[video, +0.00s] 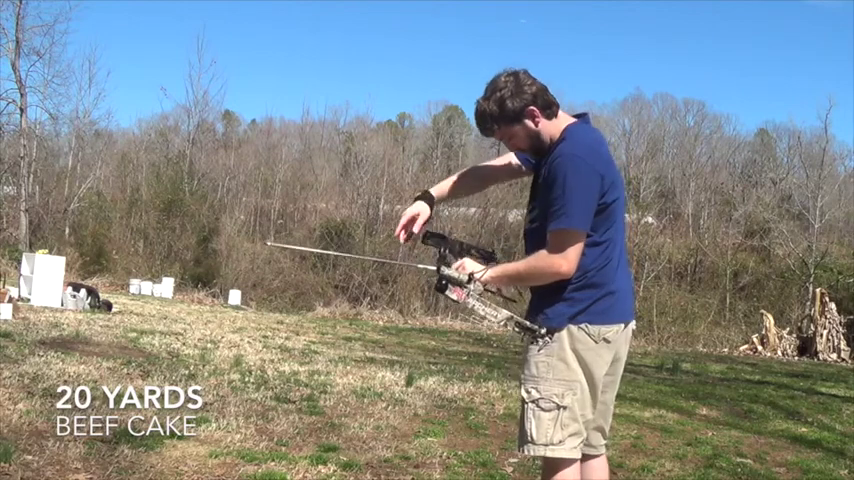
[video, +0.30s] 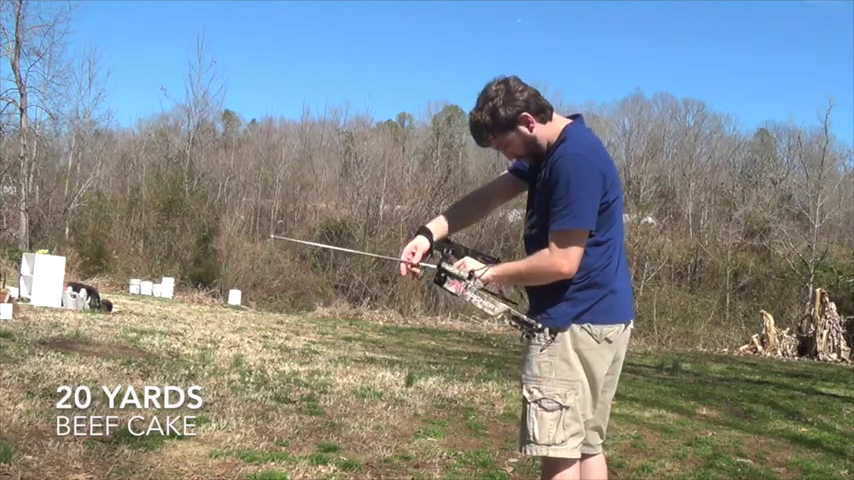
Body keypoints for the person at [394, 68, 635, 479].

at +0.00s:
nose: (509, 147)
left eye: (507, 138)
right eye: (502, 141)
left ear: (532, 115)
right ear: (535, 113)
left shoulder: (572, 155)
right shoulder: (574, 141)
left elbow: (561, 262)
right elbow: (491, 171)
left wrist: (486, 275)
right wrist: (428, 198)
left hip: (574, 321)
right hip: (601, 319)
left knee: (559, 452)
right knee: (591, 447)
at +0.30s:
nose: (508, 158)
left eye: (507, 149)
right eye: (502, 152)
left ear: (527, 122)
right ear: (528, 119)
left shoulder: (573, 157)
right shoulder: (557, 148)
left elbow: (564, 261)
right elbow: (489, 196)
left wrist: (490, 273)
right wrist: (429, 234)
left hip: (574, 322)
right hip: (594, 319)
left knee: (559, 451)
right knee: (588, 446)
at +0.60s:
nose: (507, 163)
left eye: (505, 155)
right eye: (500, 158)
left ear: (524, 128)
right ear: (525, 124)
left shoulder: (573, 159)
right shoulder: (556, 149)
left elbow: (563, 261)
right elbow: (492, 200)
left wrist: (490, 274)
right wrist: (433, 231)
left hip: (574, 321)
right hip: (593, 318)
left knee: (559, 449)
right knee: (587, 445)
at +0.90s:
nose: (505, 163)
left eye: (502, 155)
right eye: (499, 159)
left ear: (520, 129)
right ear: (521, 125)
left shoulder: (571, 159)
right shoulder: (558, 149)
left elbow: (564, 262)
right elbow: (498, 201)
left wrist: (492, 276)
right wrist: (439, 229)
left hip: (573, 320)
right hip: (593, 317)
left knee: (558, 449)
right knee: (586, 445)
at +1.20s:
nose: (505, 165)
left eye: (501, 158)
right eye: (498, 161)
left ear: (518, 131)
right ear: (520, 127)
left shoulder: (569, 160)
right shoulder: (558, 148)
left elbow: (563, 263)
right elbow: (498, 202)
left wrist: (491, 277)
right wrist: (441, 234)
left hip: (573, 319)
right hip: (592, 316)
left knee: (558, 448)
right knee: (586, 445)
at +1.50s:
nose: (503, 166)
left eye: (499, 158)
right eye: (496, 162)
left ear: (516, 132)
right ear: (518, 127)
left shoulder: (568, 160)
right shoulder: (558, 148)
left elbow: (562, 263)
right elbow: (498, 202)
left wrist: (491, 277)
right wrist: (440, 234)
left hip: (572, 319)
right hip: (592, 316)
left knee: (558, 449)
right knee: (586, 445)